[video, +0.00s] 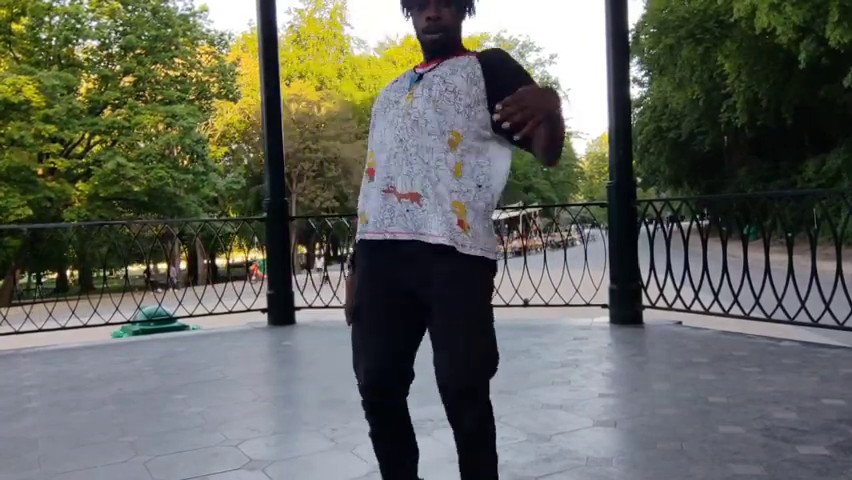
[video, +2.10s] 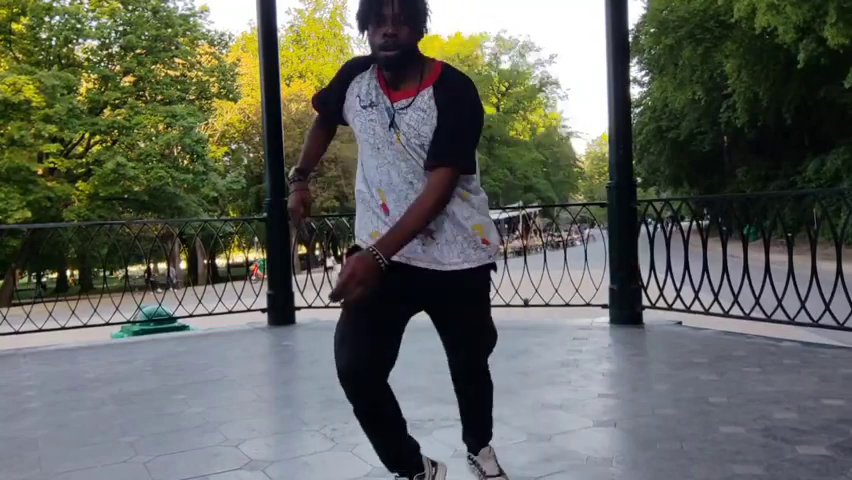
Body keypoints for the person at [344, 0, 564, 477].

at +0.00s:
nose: (431, 10)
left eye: (443, 1)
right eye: (420, 3)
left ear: (464, 8)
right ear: (408, 12)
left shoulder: (489, 64)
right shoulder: (390, 91)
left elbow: (547, 152)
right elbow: (373, 184)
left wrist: (551, 105)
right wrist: (357, 268)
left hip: (457, 257)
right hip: (382, 256)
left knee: (464, 394)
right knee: (378, 392)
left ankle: (481, 476)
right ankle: (399, 476)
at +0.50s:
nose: (372, 20)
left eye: (384, 10)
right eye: (360, 11)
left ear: (403, 14)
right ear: (346, 20)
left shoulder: (435, 44)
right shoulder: (347, 80)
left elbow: (498, 112)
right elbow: (343, 161)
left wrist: (511, 174)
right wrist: (319, 235)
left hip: (467, 248)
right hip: (387, 249)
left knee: (470, 391)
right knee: (361, 387)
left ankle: (472, 478)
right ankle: (360, 477)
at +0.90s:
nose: (431, 15)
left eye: (443, 5)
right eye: (419, 7)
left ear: (464, 11)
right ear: (405, 15)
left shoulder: (496, 81)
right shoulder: (377, 74)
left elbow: (494, 167)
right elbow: (305, 140)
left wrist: (502, 236)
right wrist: (345, 217)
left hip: (467, 259)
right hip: (388, 259)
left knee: (486, 386)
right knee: (363, 386)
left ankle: (488, 479)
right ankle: (363, 478)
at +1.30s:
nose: (455, 10)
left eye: (466, 0)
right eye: (443, 2)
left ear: (487, 6)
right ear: (431, 10)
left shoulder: (516, 45)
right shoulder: (407, 93)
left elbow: (554, 128)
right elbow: (374, 176)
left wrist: (556, 215)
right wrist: (362, 254)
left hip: (516, 250)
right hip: (441, 250)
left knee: (520, 387)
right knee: (436, 379)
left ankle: (499, 476)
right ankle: (419, 473)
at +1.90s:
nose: (422, 24)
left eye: (436, 13)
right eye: (410, 13)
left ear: (453, 21)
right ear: (393, 19)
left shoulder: (480, 93)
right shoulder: (374, 57)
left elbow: (512, 181)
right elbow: (354, 113)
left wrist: (540, 273)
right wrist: (348, 191)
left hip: (476, 257)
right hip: (398, 254)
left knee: (517, 368)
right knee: (372, 358)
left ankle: (549, 471)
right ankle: (425, 469)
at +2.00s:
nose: (403, 29)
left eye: (416, 18)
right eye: (391, 18)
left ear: (434, 24)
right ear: (376, 25)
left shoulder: (464, 90)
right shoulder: (360, 68)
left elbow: (472, 183)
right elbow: (332, 115)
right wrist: (321, 182)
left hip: (468, 252)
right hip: (391, 250)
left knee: (494, 368)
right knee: (364, 363)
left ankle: (513, 470)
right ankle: (421, 470)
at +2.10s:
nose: (388, 32)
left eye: (400, 22)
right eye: (378, 22)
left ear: (420, 27)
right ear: (364, 29)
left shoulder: (454, 90)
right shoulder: (354, 78)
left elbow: (439, 188)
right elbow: (324, 123)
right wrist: (301, 177)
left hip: (458, 261)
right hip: (385, 260)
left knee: (470, 364)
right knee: (356, 370)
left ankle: (480, 446)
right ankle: (415, 468)